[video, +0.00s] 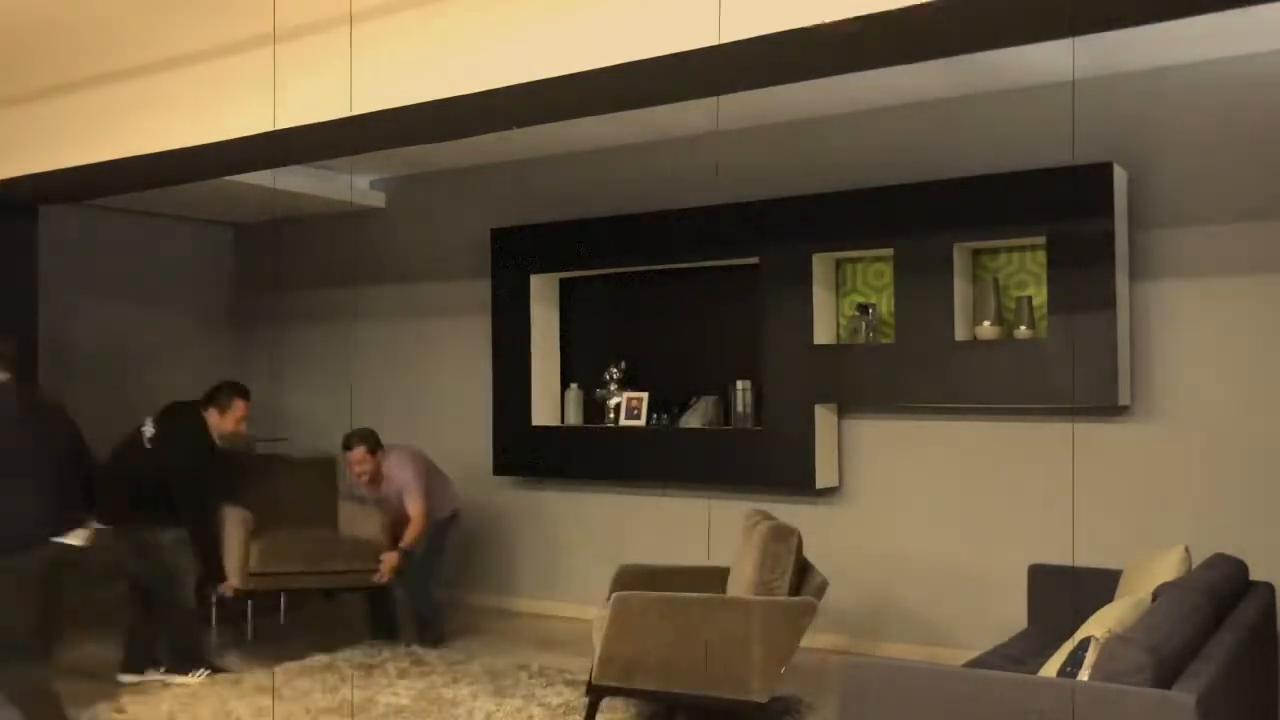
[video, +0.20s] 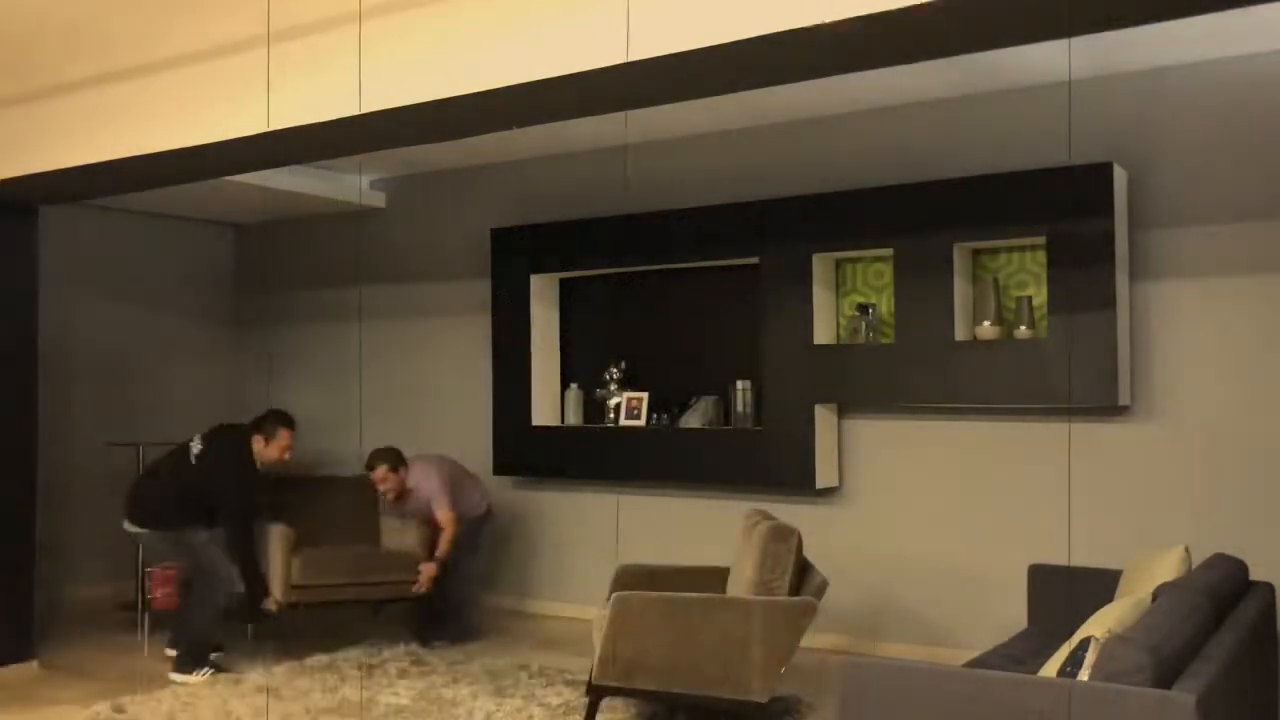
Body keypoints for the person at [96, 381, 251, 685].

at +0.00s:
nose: (242, 429)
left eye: (245, 420)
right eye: (239, 419)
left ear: (214, 411)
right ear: (218, 412)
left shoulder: (181, 416)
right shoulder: (196, 447)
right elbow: (200, 516)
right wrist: (216, 572)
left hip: (126, 503)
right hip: (149, 511)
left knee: (148, 584)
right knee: (180, 578)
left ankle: (136, 661)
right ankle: (186, 660)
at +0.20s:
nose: (286, 457)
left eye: (288, 450)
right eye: (283, 449)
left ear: (260, 438)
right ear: (260, 441)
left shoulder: (232, 437)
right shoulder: (239, 471)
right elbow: (240, 540)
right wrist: (261, 596)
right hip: (158, 522)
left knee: (206, 568)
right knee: (218, 577)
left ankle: (183, 638)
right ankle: (190, 662)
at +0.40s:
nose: (304, 457)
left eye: (306, 450)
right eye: (301, 449)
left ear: (279, 438)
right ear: (280, 441)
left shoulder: (254, 438)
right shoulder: (258, 462)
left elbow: (253, 505)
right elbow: (255, 527)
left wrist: (281, 525)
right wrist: (272, 586)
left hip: (175, 504)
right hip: (189, 513)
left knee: (208, 570)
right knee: (238, 572)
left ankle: (181, 643)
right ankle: (218, 653)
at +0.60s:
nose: (336, 464)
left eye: (340, 457)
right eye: (335, 456)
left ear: (315, 443)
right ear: (316, 446)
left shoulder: (291, 441)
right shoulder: (291, 469)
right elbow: (281, 534)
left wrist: (305, 519)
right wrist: (287, 588)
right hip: (213, 518)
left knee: (239, 571)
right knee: (274, 563)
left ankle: (189, 631)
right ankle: (267, 643)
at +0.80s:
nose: (353, 454)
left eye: (356, 448)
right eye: (350, 447)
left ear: (332, 436)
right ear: (332, 438)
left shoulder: (311, 442)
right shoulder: (311, 459)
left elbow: (313, 501)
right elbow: (302, 513)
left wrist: (335, 530)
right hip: (235, 509)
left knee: (280, 554)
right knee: (284, 559)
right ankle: (271, 642)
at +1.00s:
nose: (350, 471)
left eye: (355, 465)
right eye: (347, 463)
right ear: (330, 454)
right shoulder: (303, 471)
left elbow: (337, 506)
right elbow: (310, 540)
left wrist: (367, 526)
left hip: (271, 508)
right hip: (245, 507)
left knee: (302, 558)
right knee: (281, 561)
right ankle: (260, 645)